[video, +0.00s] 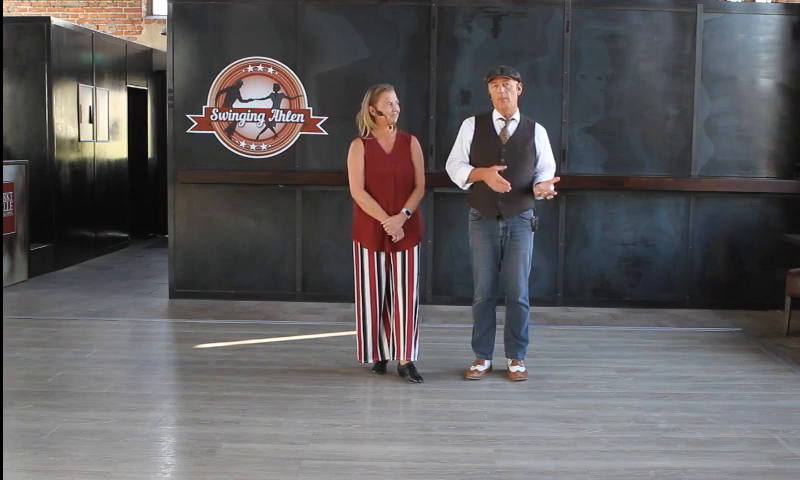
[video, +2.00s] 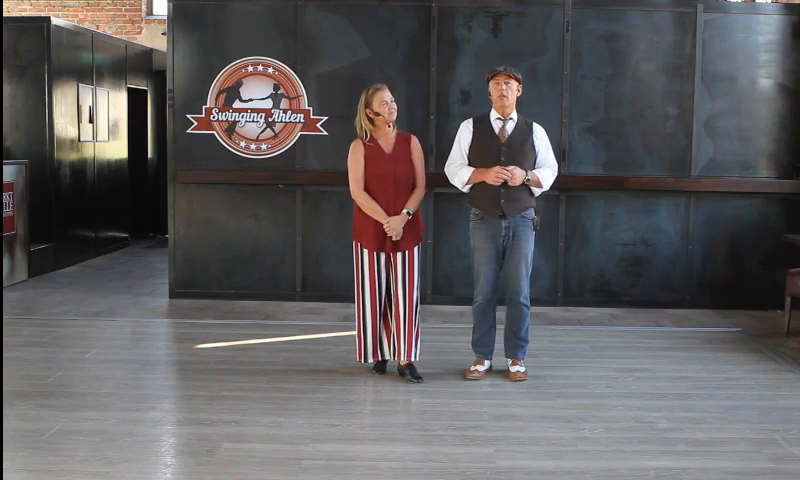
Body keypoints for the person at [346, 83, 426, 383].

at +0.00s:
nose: (395, 108)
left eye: (396, 104)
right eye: (388, 105)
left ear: (399, 107)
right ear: (373, 110)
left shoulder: (411, 143)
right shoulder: (360, 145)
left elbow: (420, 187)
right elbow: (357, 191)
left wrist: (402, 216)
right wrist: (389, 221)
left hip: (405, 231)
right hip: (371, 232)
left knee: (406, 296)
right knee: (374, 295)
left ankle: (406, 359)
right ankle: (379, 356)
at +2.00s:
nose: (391, 107)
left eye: (392, 101)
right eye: (384, 104)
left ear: (397, 106)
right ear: (370, 112)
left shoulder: (411, 142)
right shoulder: (359, 146)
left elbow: (421, 186)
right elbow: (356, 191)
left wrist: (404, 216)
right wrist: (388, 221)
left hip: (406, 231)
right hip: (371, 232)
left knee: (407, 295)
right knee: (374, 295)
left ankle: (406, 359)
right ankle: (379, 355)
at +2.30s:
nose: (391, 106)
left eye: (393, 101)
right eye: (384, 103)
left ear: (397, 105)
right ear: (370, 111)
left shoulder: (411, 142)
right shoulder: (360, 146)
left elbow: (421, 186)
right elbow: (357, 191)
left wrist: (404, 216)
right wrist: (388, 221)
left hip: (406, 230)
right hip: (371, 231)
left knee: (407, 295)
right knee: (374, 295)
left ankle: (406, 359)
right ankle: (379, 355)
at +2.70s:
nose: (392, 106)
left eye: (394, 101)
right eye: (385, 103)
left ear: (398, 106)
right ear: (371, 110)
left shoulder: (412, 142)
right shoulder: (360, 145)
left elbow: (421, 186)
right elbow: (357, 191)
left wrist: (403, 216)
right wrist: (388, 221)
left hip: (406, 230)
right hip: (371, 231)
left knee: (407, 295)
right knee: (374, 295)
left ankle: (406, 359)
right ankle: (379, 355)